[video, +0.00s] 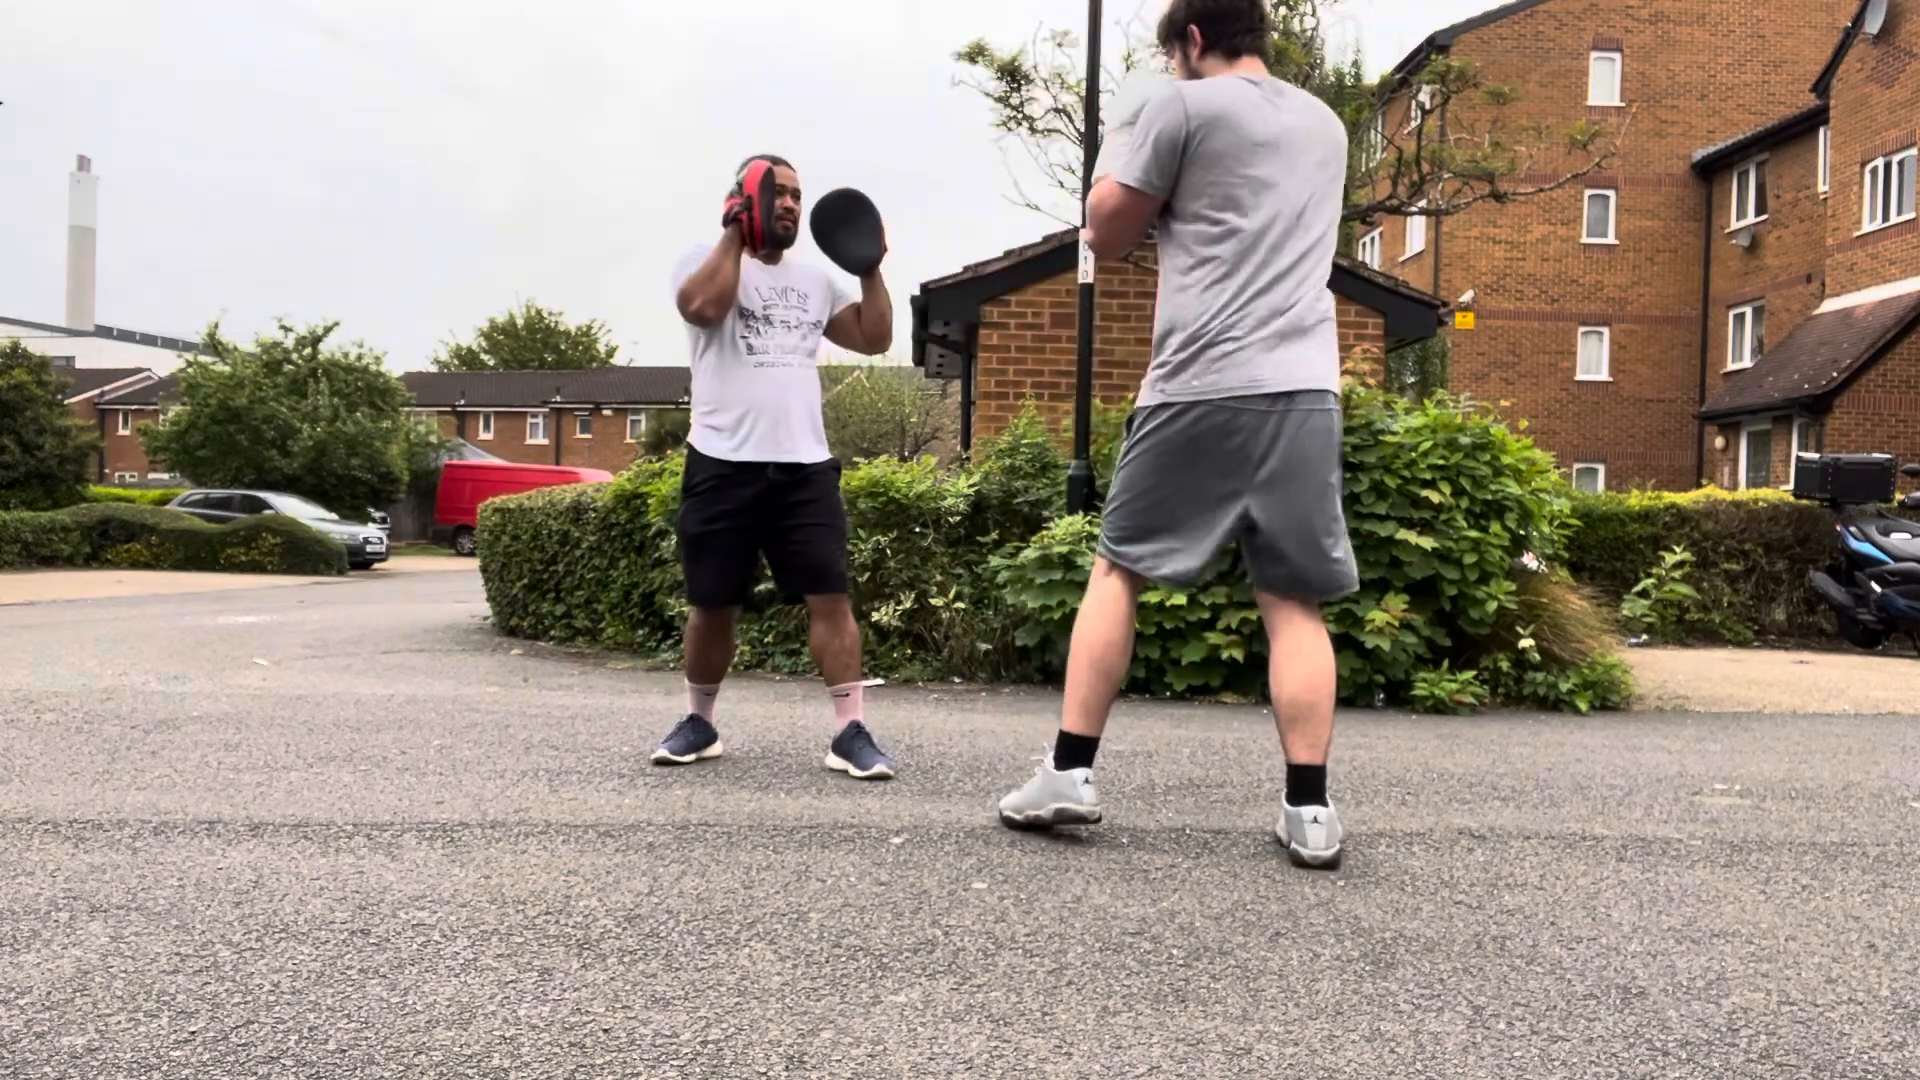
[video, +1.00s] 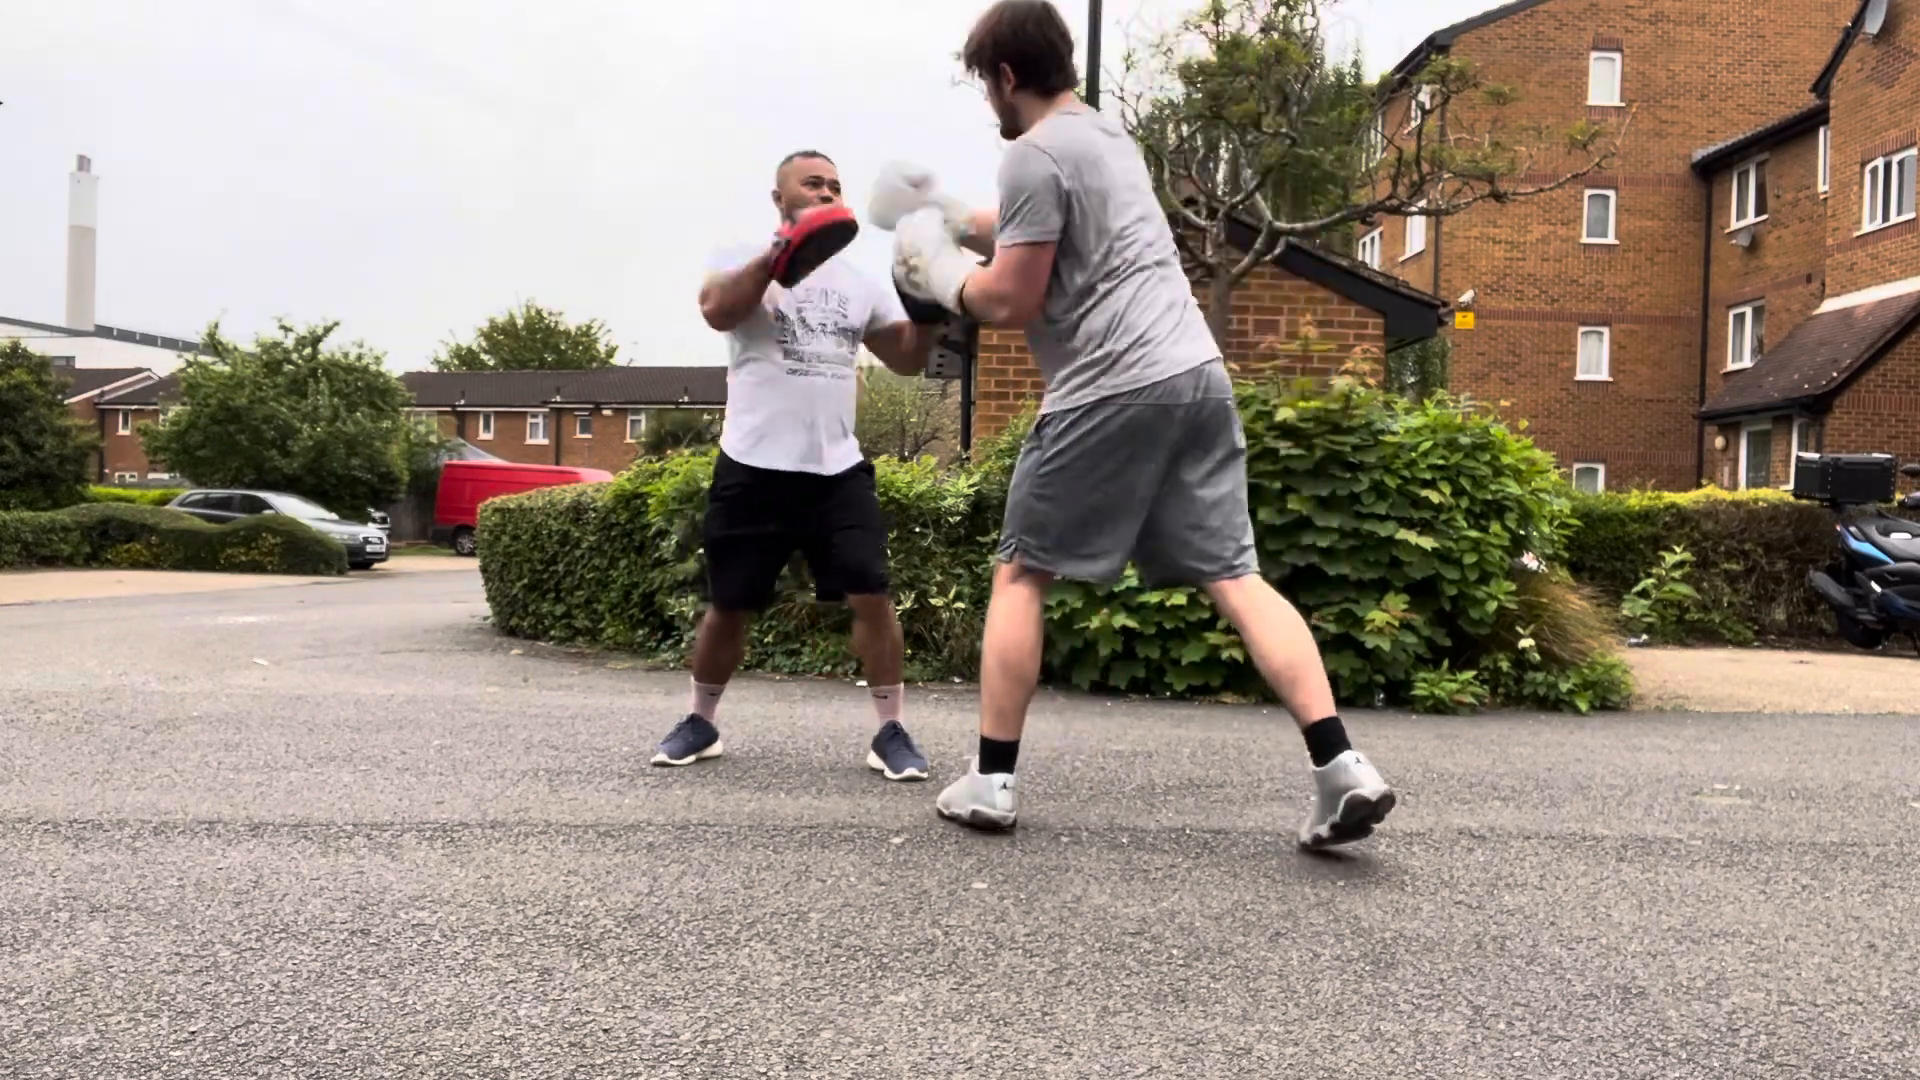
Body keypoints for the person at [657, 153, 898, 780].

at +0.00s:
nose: (789, 203)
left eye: (796, 195)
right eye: (777, 192)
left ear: (801, 209)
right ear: (743, 202)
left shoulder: (814, 279)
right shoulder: (704, 264)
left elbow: (874, 338)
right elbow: (704, 307)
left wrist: (872, 268)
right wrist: (732, 231)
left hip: (805, 464)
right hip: (722, 463)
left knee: (830, 592)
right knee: (710, 601)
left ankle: (851, 728)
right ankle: (699, 722)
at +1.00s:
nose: (828, 194)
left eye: (834, 187)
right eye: (813, 184)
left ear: (843, 201)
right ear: (778, 198)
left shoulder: (858, 278)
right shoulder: (743, 261)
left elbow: (907, 358)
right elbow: (719, 314)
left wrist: (926, 297)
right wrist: (780, 254)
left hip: (838, 464)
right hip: (753, 461)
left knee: (871, 592)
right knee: (727, 603)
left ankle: (890, 729)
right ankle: (700, 721)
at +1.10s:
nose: (849, 191)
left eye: (856, 184)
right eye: (834, 180)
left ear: (864, 202)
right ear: (799, 195)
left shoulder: (891, 265)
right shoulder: (764, 270)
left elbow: (981, 274)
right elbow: (731, 351)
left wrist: (1006, 211)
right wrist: (795, 301)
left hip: (856, 466)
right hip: (768, 464)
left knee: (881, 591)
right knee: (734, 600)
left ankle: (892, 730)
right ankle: (700, 719)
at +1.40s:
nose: (892, 189)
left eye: (899, 181)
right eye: (877, 178)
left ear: (906, 196)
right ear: (841, 187)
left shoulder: (926, 268)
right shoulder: (806, 259)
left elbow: (993, 325)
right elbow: (749, 324)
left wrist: (1017, 275)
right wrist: (791, 256)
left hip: (883, 462)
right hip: (796, 455)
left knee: (896, 595)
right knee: (751, 589)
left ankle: (893, 730)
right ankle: (702, 710)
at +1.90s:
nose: (842, 203)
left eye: (852, 196)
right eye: (829, 191)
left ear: (861, 210)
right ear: (797, 200)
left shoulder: (885, 284)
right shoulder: (755, 277)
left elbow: (940, 347)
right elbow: (716, 367)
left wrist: (995, 348)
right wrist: (753, 310)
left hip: (851, 468)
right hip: (768, 466)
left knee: (874, 592)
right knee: (750, 599)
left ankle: (891, 730)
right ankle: (736, 719)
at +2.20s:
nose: (806, 205)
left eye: (814, 197)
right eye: (792, 195)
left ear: (824, 208)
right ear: (759, 205)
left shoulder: (853, 270)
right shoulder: (735, 275)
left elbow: (923, 321)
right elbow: (693, 360)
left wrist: (938, 287)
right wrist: (731, 297)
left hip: (834, 461)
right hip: (751, 465)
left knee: (862, 591)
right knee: (744, 599)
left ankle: (891, 729)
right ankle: (735, 720)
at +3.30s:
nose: (835, 198)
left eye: (843, 189)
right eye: (821, 188)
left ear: (851, 205)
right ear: (789, 201)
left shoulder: (871, 280)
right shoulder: (756, 267)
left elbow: (919, 359)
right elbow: (729, 309)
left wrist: (950, 311)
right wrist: (765, 229)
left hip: (849, 468)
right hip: (764, 468)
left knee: (880, 584)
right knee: (752, 605)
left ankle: (898, 724)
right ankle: (737, 719)